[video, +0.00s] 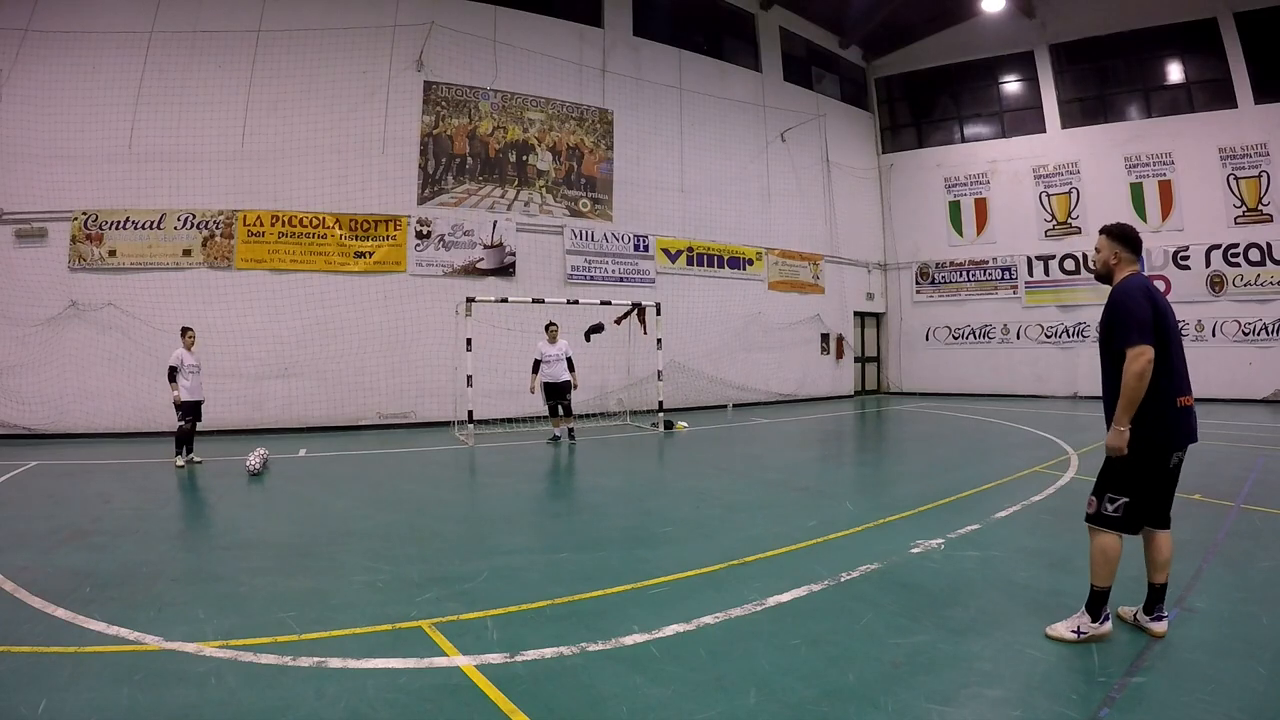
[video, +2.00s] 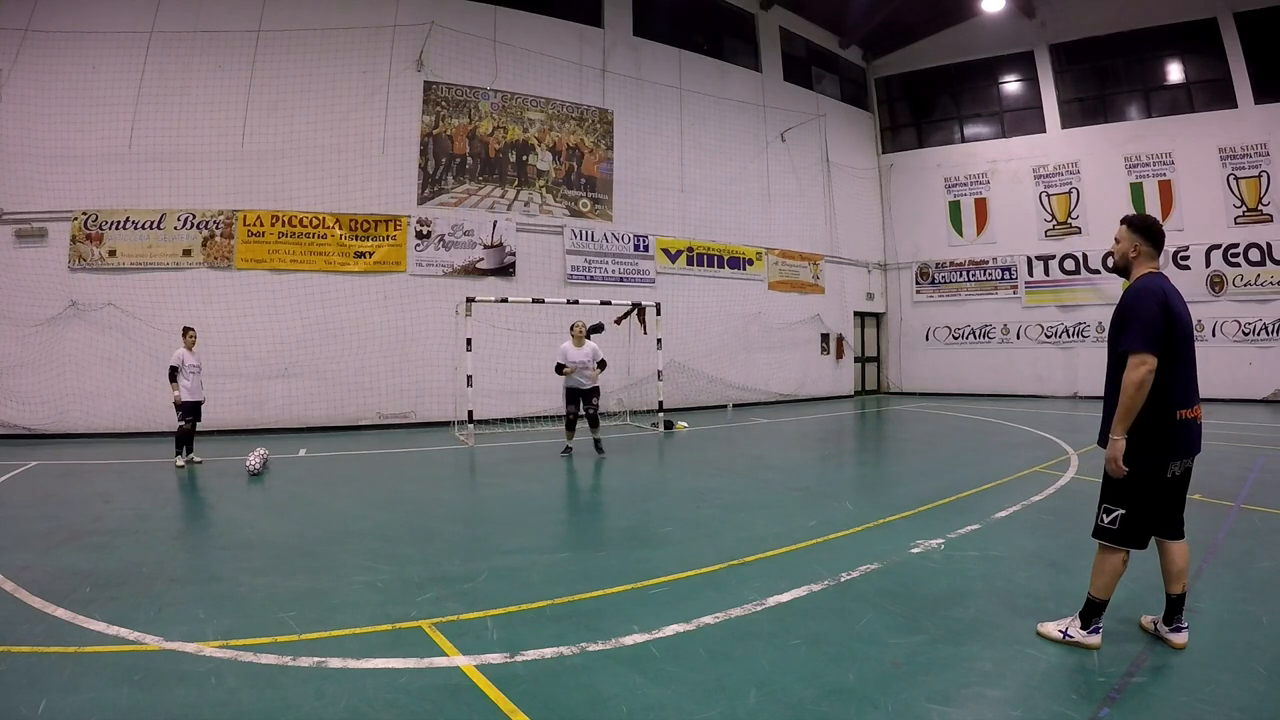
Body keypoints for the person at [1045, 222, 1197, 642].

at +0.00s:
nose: (1093, 258)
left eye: (1098, 251)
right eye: (1095, 251)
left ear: (1117, 254)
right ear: (1130, 255)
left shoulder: (1128, 293)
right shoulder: (1148, 292)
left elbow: (1141, 360)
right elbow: (1157, 363)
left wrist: (1119, 424)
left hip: (1145, 431)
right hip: (1170, 430)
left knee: (1103, 517)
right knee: (1155, 519)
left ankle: (1095, 616)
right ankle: (1154, 613)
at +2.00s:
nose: (1111, 248)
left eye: (1116, 240)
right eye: (1114, 240)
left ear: (1135, 247)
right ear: (1147, 249)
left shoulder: (1141, 295)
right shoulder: (1165, 292)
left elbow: (1142, 368)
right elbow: (1168, 369)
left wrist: (1117, 433)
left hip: (1144, 440)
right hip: (1176, 437)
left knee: (1114, 535)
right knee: (1169, 530)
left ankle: (1087, 624)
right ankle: (1174, 622)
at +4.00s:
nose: (1076, 278)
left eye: (1077, 269)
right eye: (1075, 270)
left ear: (1096, 263)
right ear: (1110, 262)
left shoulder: (1112, 301)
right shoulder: (1144, 296)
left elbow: (1117, 368)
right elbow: (1157, 369)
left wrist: (1101, 435)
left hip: (1133, 437)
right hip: (1171, 435)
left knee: (1093, 528)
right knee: (1158, 526)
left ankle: (1087, 623)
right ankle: (1173, 619)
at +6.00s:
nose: (1029, 227)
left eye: (1035, 217)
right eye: (1030, 217)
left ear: (1060, 218)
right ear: (1070, 219)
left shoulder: (1084, 271)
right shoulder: (1084, 267)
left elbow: (1104, 364)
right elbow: (1103, 364)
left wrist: (1090, 459)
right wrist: (1085, 454)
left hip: (1118, 455)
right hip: (1109, 450)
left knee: (1098, 579)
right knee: (1072, 550)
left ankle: (1091, 704)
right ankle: (1085, 658)